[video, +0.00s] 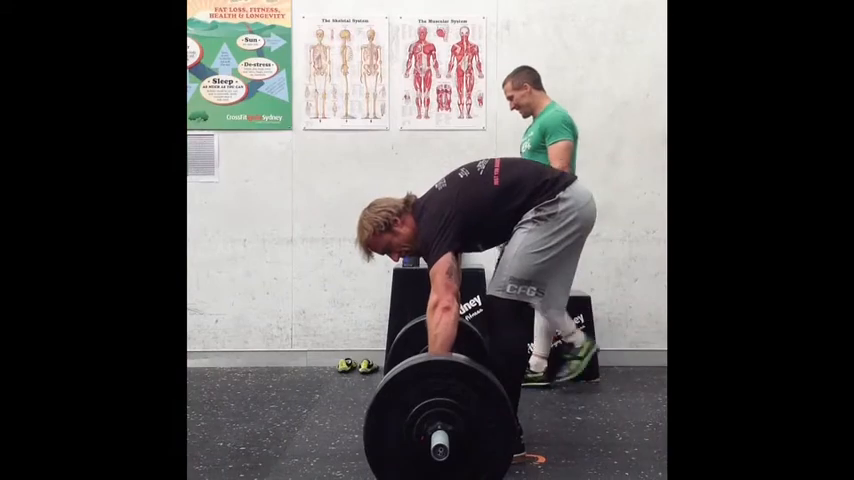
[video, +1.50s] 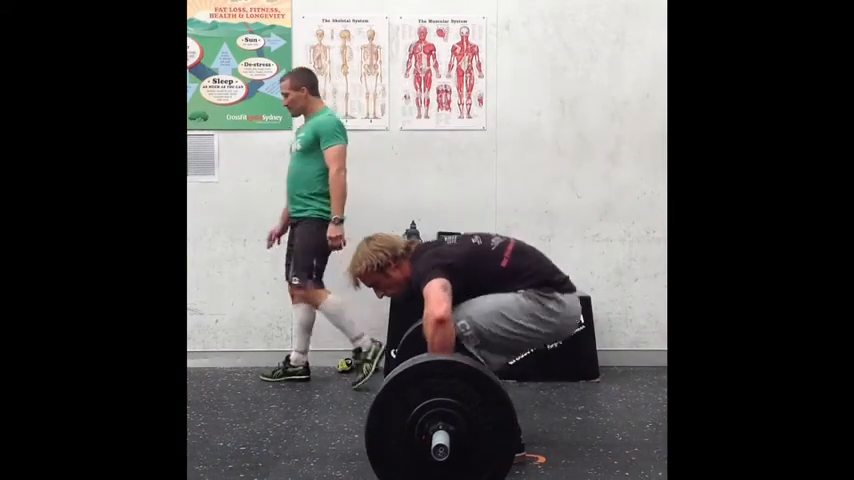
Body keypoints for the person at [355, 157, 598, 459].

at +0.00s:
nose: (396, 258)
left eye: (390, 250)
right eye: (389, 254)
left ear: (399, 224)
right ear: (399, 221)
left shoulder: (435, 220)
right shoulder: (436, 214)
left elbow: (445, 305)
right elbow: (448, 296)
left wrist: (433, 380)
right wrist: (437, 369)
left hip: (557, 205)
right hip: (561, 201)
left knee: (505, 307)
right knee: (507, 306)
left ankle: (504, 435)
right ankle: (501, 429)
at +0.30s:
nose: (395, 260)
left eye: (389, 252)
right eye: (387, 255)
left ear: (399, 229)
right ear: (401, 222)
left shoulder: (433, 221)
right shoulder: (436, 213)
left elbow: (443, 306)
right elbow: (449, 294)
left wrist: (428, 380)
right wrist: (433, 369)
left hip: (556, 203)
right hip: (559, 198)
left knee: (502, 307)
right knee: (500, 306)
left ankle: (505, 433)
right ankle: (502, 427)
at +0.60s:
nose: (393, 261)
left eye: (387, 253)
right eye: (385, 256)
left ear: (399, 230)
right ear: (400, 225)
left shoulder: (434, 222)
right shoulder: (432, 218)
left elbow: (443, 308)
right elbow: (444, 301)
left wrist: (432, 385)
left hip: (556, 203)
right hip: (553, 202)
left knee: (505, 310)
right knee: (501, 308)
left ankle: (505, 438)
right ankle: (500, 432)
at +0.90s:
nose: (389, 261)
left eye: (383, 255)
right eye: (381, 258)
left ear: (395, 232)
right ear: (396, 227)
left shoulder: (431, 223)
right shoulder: (429, 218)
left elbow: (443, 307)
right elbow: (442, 300)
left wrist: (435, 383)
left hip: (554, 206)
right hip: (551, 204)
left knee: (498, 311)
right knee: (496, 310)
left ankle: (503, 432)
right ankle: (499, 427)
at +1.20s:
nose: (387, 270)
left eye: (381, 262)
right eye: (380, 266)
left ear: (392, 240)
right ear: (394, 235)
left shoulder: (431, 233)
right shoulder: (427, 230)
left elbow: (444, 309)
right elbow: (434, 307)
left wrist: (435, 386)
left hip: (555, 230)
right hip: (553, 228)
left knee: (471, 316)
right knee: (471, 314)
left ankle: (502, 438)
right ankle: (496, 433)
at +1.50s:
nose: (381, 294)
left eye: (377, 286)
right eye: (375, 289)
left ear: (391, 267)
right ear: (393, 263)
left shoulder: (428, 262)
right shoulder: (427, 257)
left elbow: (439, 316)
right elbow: (441, 317)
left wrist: (438, 388)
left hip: (550, 303)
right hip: (547, 299)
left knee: (448, 332)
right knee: (442, 331)